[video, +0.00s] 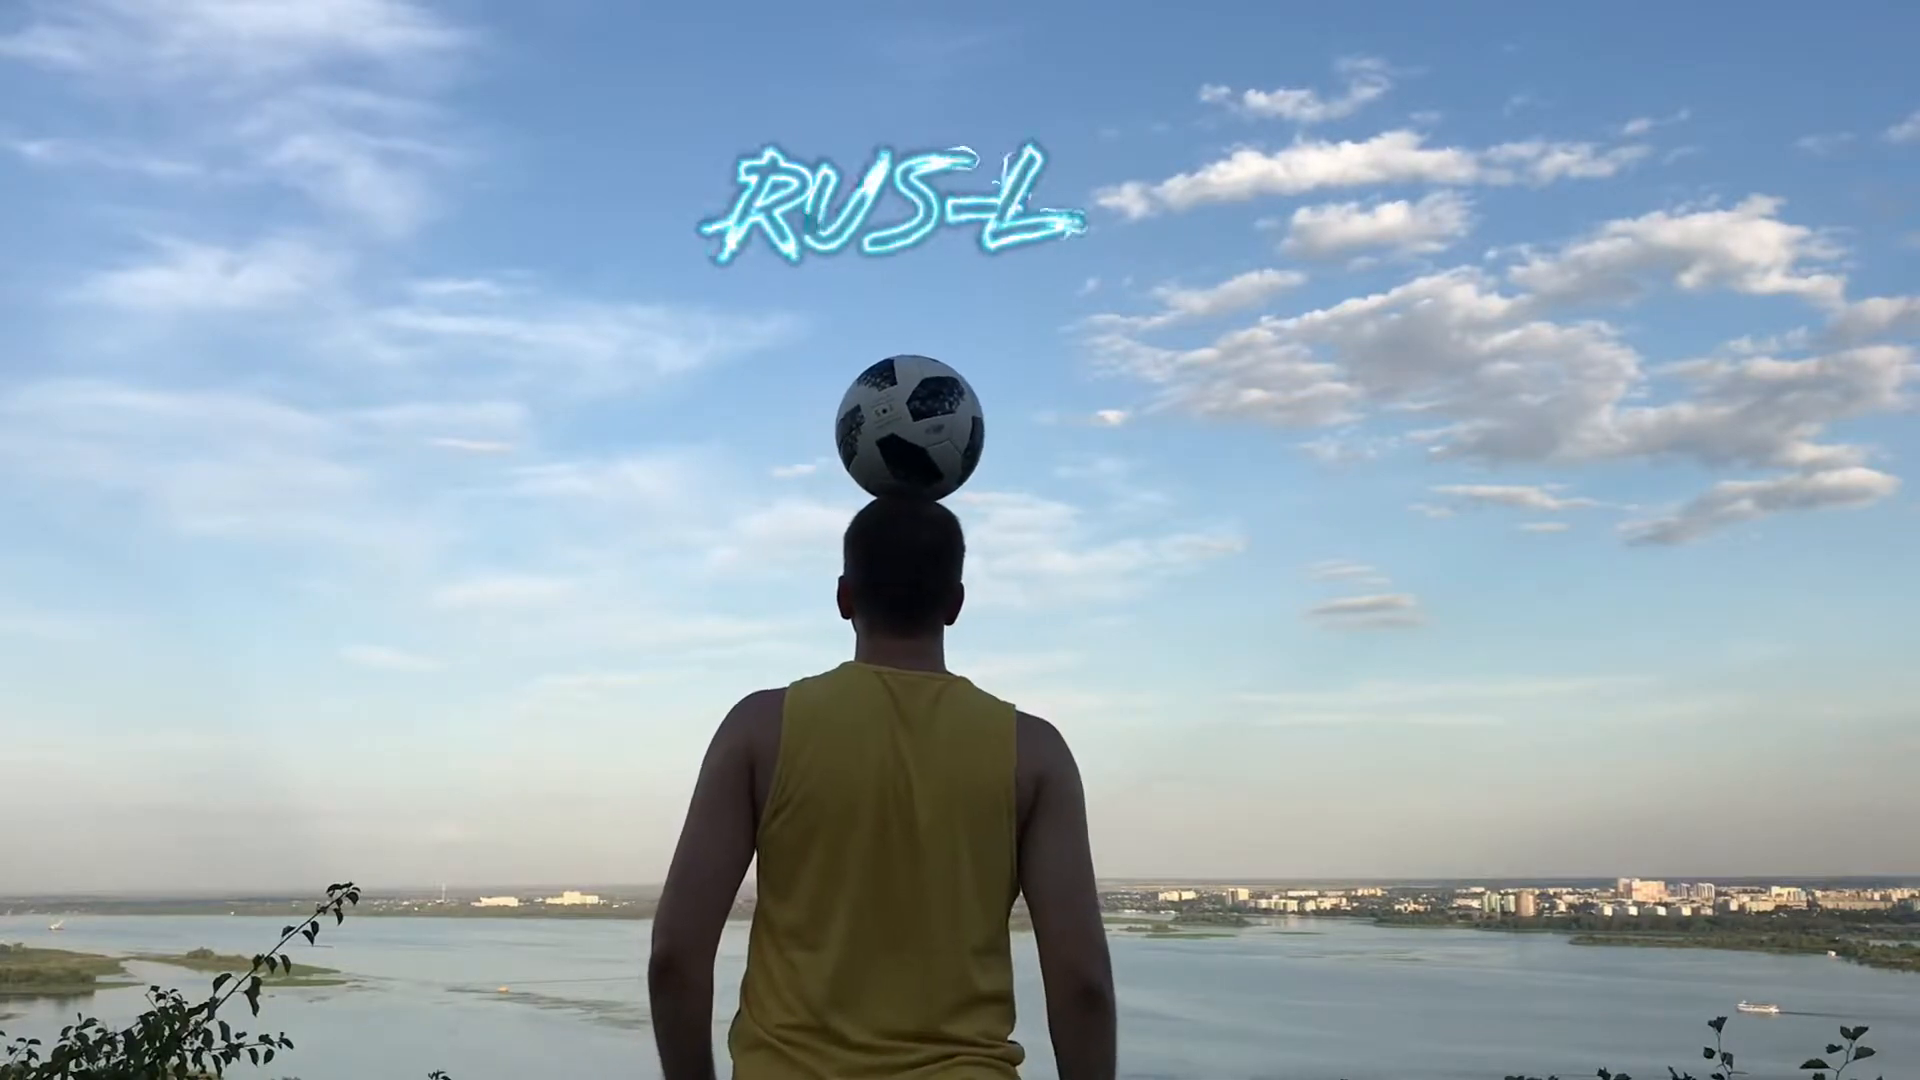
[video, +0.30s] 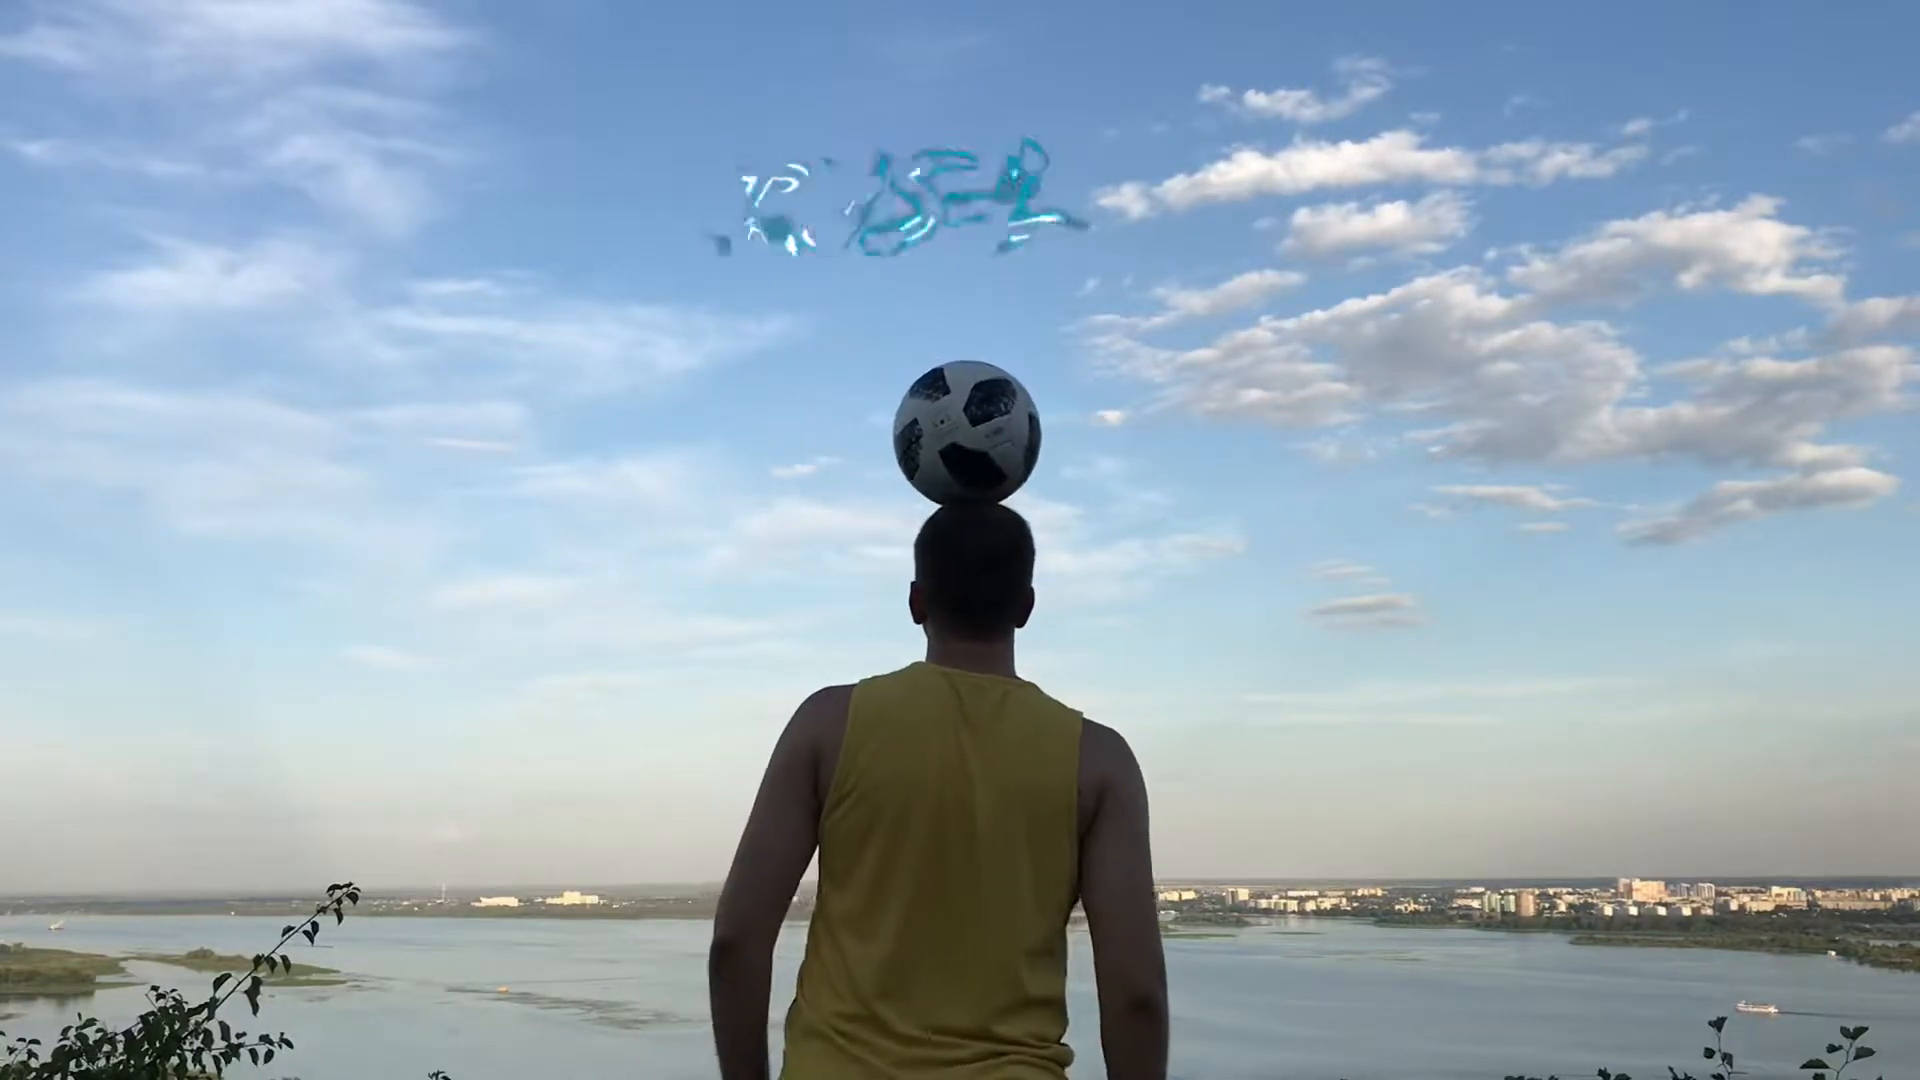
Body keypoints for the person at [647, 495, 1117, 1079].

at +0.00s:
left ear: (843, 597)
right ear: (958, 603)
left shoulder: (760, 726)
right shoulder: (1031, 747)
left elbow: (675, 958)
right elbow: (1083, 985)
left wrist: (693, 1071)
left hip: (788, 1058)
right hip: (966, 1061)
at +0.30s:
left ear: (915, 602)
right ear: (1028, 604)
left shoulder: (829, 721)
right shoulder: (1096, 755)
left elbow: (737, 942)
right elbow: (1137, 996)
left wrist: (747, 1072)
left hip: (838, 1056)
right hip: (1015, 1060)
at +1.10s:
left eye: (838, 582)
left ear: (841, 598)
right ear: (955, 602)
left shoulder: (775, 737)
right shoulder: (1045, 737)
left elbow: (709, 975)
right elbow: (1123, 963)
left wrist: (734, 1076)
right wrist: (1137, 1075)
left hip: (829, 1062)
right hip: (1009, 1063)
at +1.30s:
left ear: (774, 585)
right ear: (889, 592)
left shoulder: (701, 732)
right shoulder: (974, 732)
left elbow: (639, 970)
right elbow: (1053, 956)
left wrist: (665, 1073)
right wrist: (1076, 1070)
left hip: (772, 1057)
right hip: (944, 1057)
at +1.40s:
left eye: (750, 564)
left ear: (743, 584)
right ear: (860, 590)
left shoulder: (674, 733)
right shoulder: (945, 730)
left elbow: (610, 960)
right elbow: (1021, 932)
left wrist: (635, 1072)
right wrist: (1049, 1067)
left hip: (744, 1058)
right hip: (918, 1059)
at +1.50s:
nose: (749, 586)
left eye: (708, 563)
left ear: (700, 586)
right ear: (815, 586)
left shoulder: (636, 739)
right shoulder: (904, 723)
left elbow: (580, 955)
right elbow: (987, 912)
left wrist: (580, 1059)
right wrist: (1016, 1044)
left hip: (716, 1051)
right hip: (883, 1050)